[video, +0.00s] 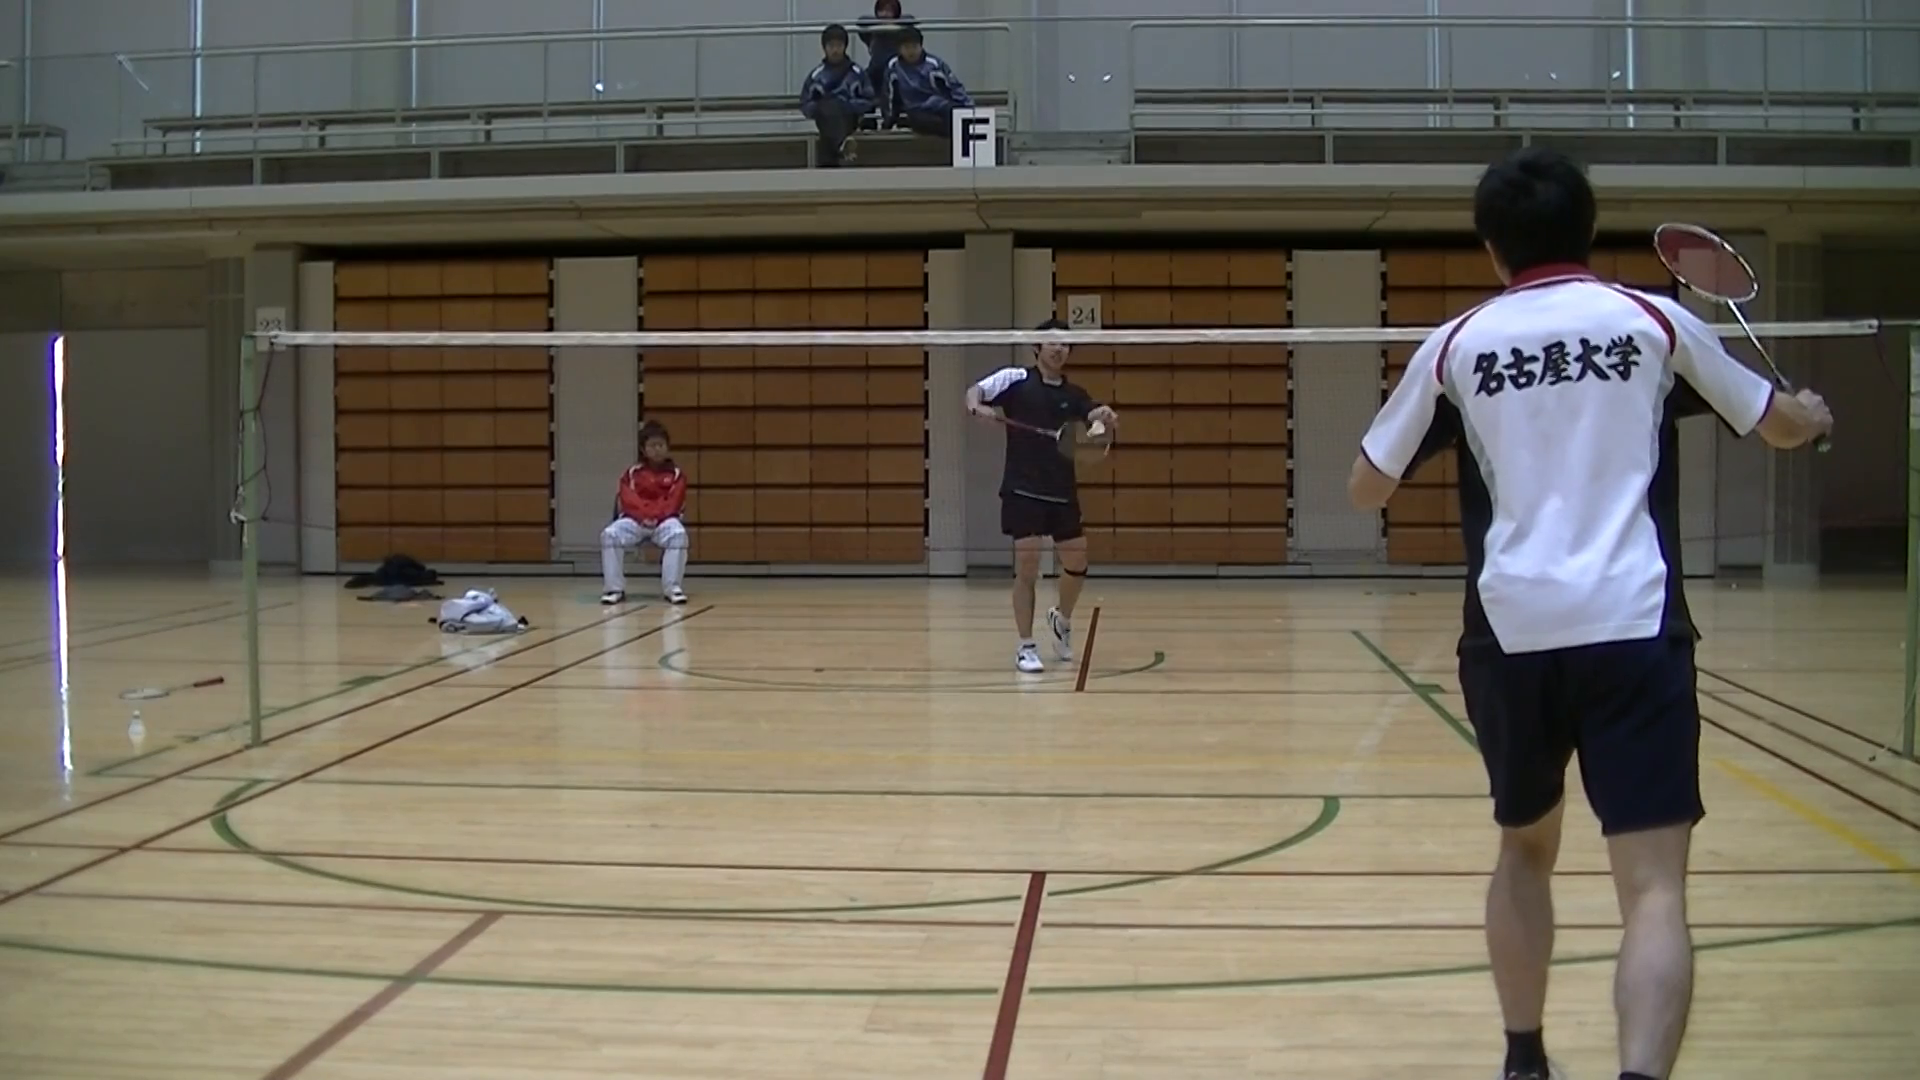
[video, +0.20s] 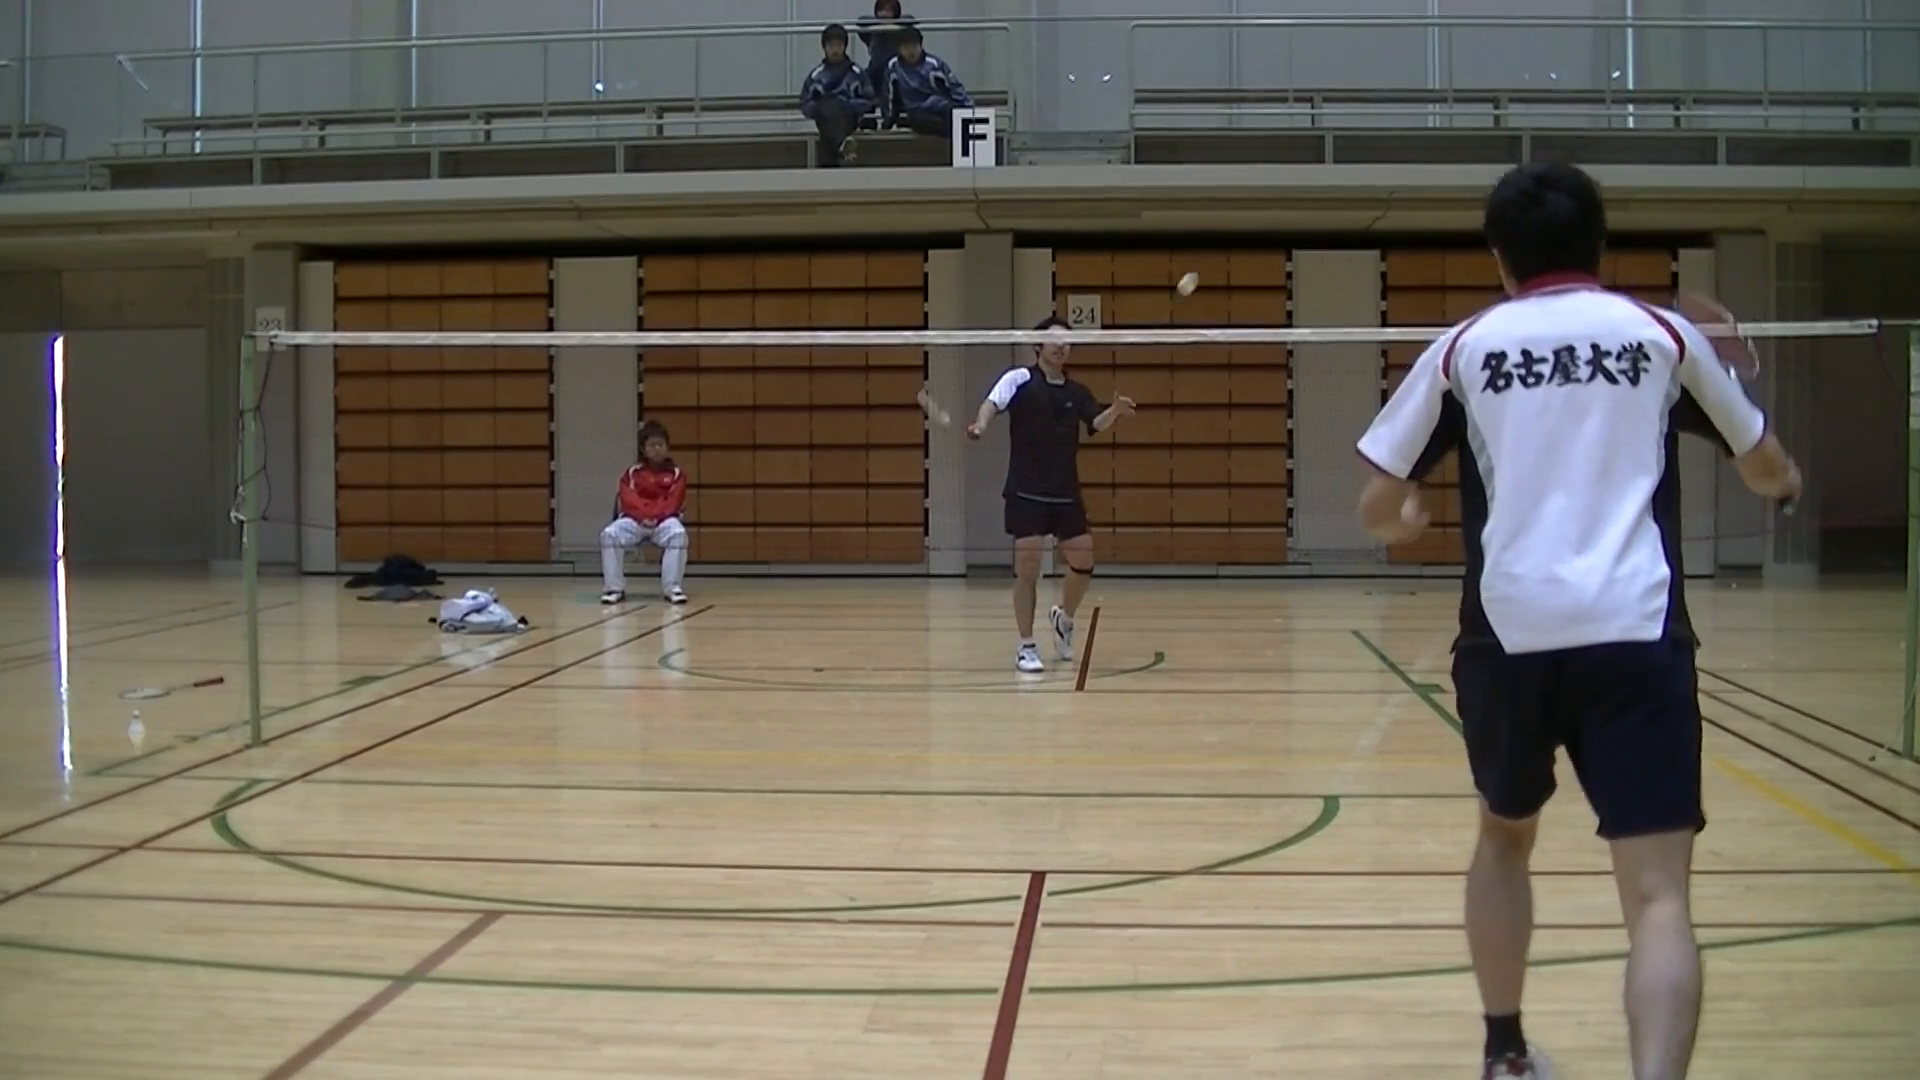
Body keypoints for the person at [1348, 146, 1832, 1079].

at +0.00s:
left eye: (1486, 238)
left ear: (1490, 247)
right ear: (1588, 234)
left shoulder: (1454, 346)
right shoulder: (1654, 320)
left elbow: (1367, 488)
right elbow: (1781, 425)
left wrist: (1415, 410)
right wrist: (1813, 413)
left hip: (1507, 637)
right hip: (1635, 630)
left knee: (1523, 849)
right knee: (1652, 886)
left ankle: (1522, 1059)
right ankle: (1642, 1075)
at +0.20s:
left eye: (1497, 247)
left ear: (1500, 255)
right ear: (1600, 246)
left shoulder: (1463, 347)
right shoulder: (1665, 333)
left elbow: (1379, 506)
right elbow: (1768, 473)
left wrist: (1407, 516)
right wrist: (1775, 474)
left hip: (1506, 642)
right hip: (1633, 638)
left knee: (1502, 841)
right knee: (1656, 896)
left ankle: (1502, 1051)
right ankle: (1658, 1077)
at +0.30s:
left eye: (1501, 296)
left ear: (1502, 306)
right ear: (1598, 296)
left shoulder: (1464, 393)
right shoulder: (1660, 385)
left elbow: (1364, 510)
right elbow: (1745, 512)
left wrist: (1331, 567)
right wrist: (1733, 514)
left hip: (1507, 678)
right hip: (1637, 675)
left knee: (1485, 840)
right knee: (1651, 929)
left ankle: (1499, 1045)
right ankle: (1654, 1078)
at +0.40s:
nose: (1484, 324)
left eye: (1483, 311)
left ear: (1486, 321)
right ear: (1579, 315)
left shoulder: (1446, 403)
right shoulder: (1640, 405)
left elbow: (1317, 494)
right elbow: (1702, 526)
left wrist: (1245, 529)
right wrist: (1660, 515)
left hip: (1494, 688)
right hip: (1623, 685)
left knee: (1479, 869)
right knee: (1639, 915)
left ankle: (1519, 1058)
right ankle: (1658, 1071)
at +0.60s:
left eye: (1460, 316)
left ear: (1465, 323)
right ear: (1553, 323)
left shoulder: (1428, 383)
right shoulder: (1605, 411)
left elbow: (1287, 410)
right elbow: (1644, 539)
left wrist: (1164, 424)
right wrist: (1610, 533)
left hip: (1464, 659)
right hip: (1577, 662)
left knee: (1458, 870)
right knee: (1556, 817)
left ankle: (1514, 1044)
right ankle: (1586, 978)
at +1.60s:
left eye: (1464, 308)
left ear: (1467, 310)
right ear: (1533, 321)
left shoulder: (1454, 351)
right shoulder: (1569, 400)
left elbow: (1373, 410)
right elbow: (1591, 527)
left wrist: (1271, 464)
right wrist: (1570, 593)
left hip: (1466, 559)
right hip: (1543, 579)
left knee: (1435, 741)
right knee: (1473, 715)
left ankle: (1455, 921)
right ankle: (1498, 866)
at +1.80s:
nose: (1462, 362)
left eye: (1463, 351)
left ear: (1467, 354)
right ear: (1535, 360)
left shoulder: (1445, 401)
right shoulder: (1575, 437)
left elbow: (1404, 491)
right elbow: (1605, 562)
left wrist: (1335, 579)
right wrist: (1582, 659)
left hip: (1459, 598)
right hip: (1540, 612)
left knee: (1420, 781)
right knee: (1484, 740)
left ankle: (1449, 924)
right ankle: (1508, 890)